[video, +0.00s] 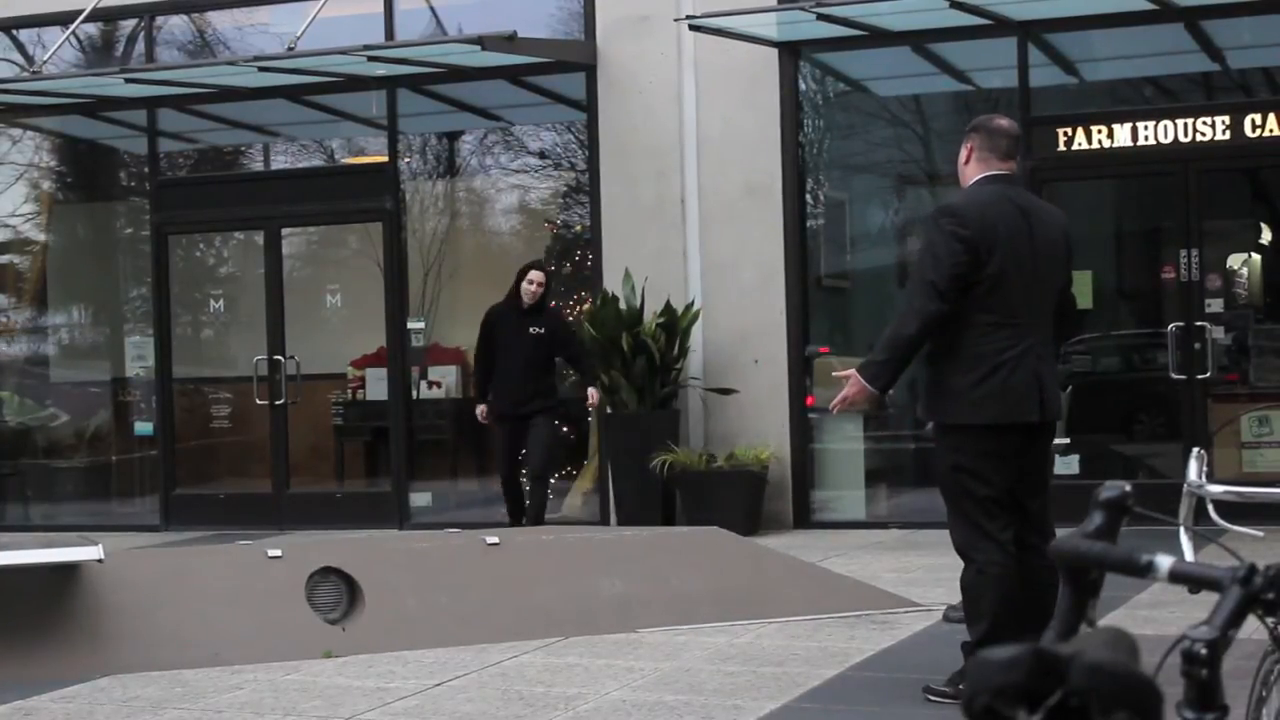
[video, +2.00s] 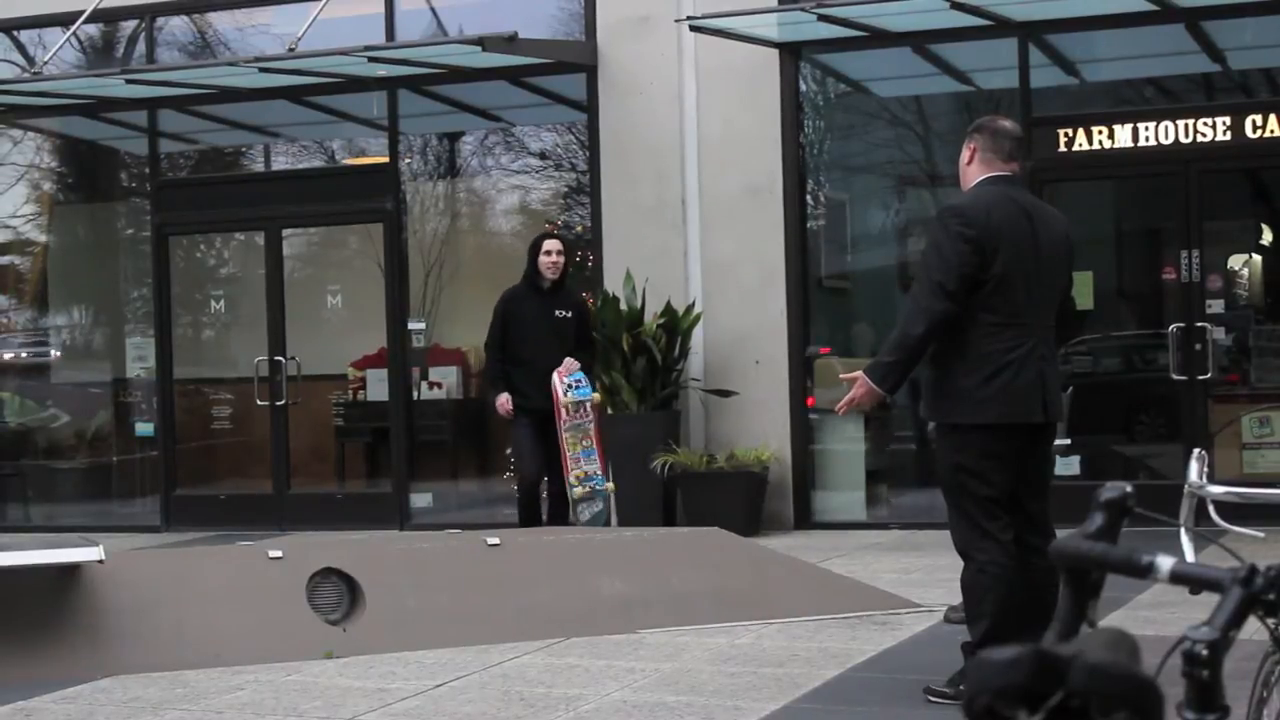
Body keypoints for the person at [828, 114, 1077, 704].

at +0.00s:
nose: (957, 164)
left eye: (959, 156)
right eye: (961, 156)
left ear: (968, 154)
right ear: (1018, 161)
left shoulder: (958, 216)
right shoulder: (1049, 220)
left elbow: (924, 308)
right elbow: (1066, 315)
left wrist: (874, 375)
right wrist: (1024, 352)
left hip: (971, 408)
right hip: (1034, 406)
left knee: (982, 540)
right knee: (1029, 534)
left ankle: (987, 674)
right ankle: (1032, 667)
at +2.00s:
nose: (959, 166)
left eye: (961, 157)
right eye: (962, 157)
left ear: (971, 155)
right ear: (1021, 163)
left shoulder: (964, 216)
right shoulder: (1050, 222)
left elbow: (929, 308)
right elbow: (1067, 317)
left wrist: (880, 377)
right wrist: (1024, 351)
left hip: (972, 408)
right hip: (1033, 407)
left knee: (982, 539)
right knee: (1029, 532)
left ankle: (987, 674)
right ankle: (1032, 667)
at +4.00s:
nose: (954, 164)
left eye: (957, 154)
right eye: (957, 155)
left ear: (970, 151)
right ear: (1018, 160)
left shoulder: (965, 216)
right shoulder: (1048, 221)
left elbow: (931, 308)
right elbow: (1064, 317)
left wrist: (882, 377)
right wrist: (1024, 353)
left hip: (972, 408)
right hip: (1032, 408)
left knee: (981, 538)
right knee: (1027, 532)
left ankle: (986, 674)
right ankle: (1028, 667)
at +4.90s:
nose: (948, 168)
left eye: (953, 155)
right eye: (950, 157)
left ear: (978, 152)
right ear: (1003, 154)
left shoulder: (971, 216)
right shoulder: (1048, 221)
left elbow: (939, 310)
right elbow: (1057, 318)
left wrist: (889, 377)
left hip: (976, 408)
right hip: (1033, 407)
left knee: (983, 539)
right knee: (1028, 532)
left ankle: (987, 675)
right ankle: (1028, 666)